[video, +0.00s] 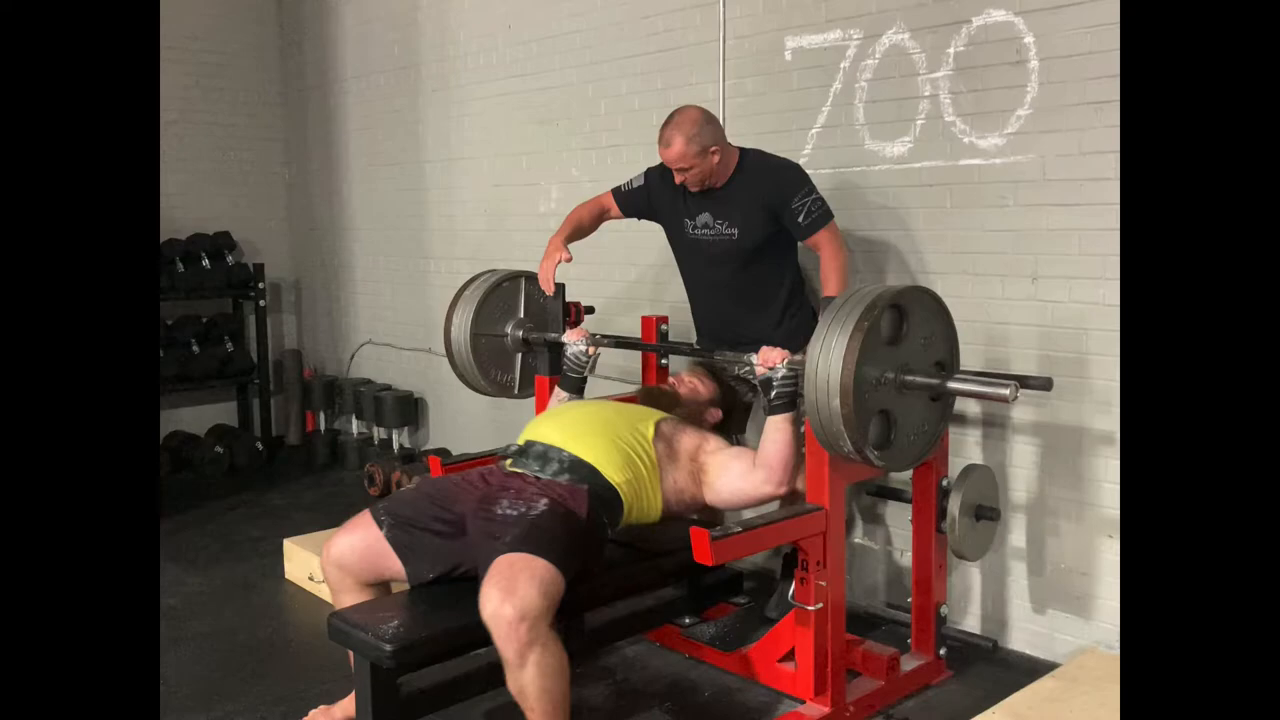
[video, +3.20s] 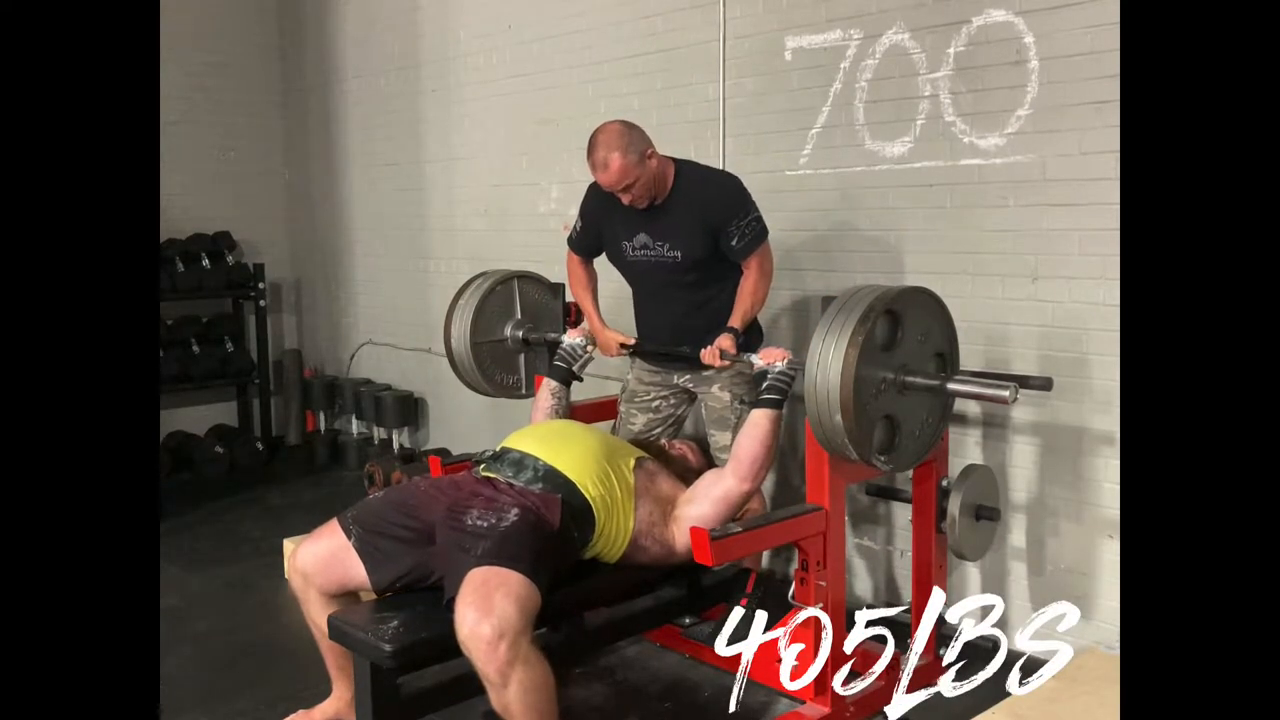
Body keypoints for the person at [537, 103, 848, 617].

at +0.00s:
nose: (677, 179)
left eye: (684, 169)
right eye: (671, 169)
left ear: (717, 153)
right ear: (667, 156)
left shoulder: (778, 178)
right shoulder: (664, 186)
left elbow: (831, 246)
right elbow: (600, 208)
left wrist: (833, 327)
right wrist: (558, 241)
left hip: (791, 350)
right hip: (718, 355)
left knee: (789, 478)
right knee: (713, 475)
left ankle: (795, 585)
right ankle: (724, 588)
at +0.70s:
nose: (670, 175)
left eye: (676, 162)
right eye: (660, 166)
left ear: (703, 140)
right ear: (651, 154)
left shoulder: (763, 176)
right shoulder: (650, 193)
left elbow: (814, 244)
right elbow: (599, 249)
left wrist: (799, 321)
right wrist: (590, 314)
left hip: (761, 355)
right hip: (694, 356)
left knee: (770, 482)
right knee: (688, 479)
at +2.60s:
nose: (631, 202)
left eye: (636, 189)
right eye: (620, 194)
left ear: (659, 161)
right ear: (605, 179)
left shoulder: (724, 194)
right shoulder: (606, 201)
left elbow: (761, 268)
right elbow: (578, 256)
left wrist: (734, 331)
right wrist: (595, 327)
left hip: (727, 364)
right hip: (657, 363)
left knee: (740, 478)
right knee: (633, 473)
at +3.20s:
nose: (625, 200)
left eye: (630, 187)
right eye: (614, 192)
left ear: (651, 157)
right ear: (600, 178)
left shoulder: (719, 192)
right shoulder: (601, 199)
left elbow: (758, 265)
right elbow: (578, 256)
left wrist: (732, 330)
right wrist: (597, 328)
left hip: (725, 364)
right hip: (653, 363)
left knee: (740, 481)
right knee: (630, 476)